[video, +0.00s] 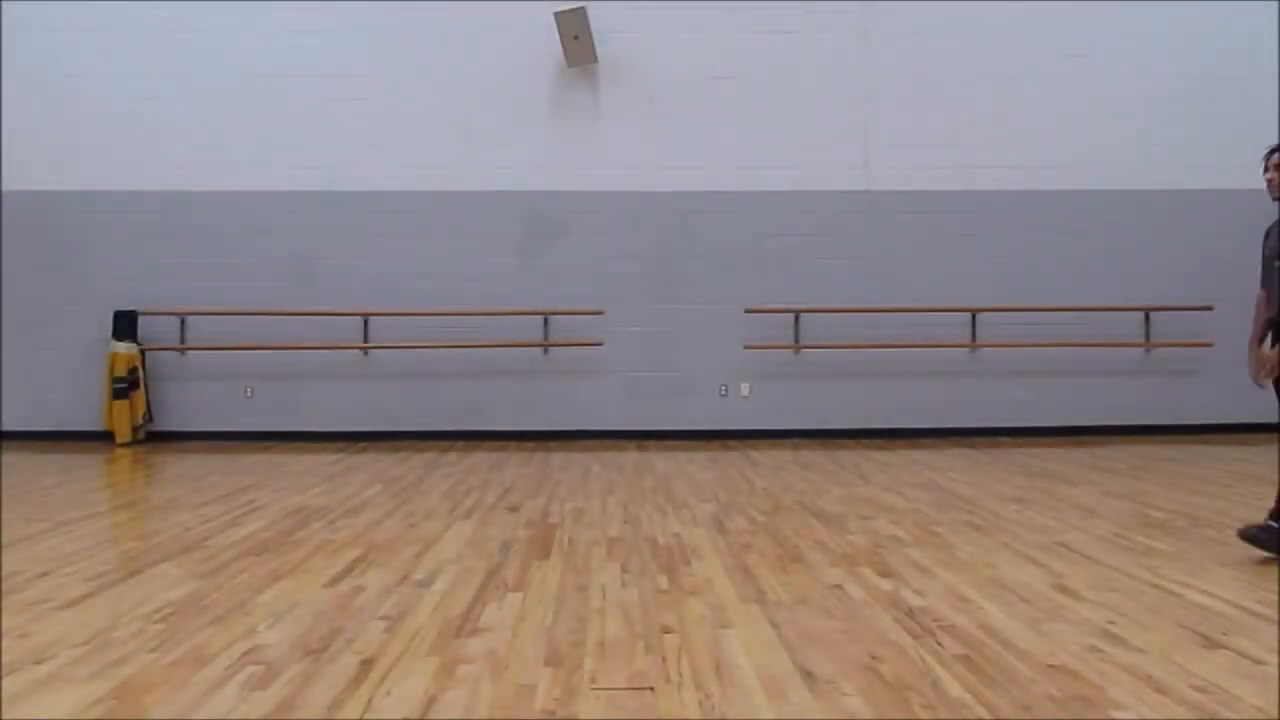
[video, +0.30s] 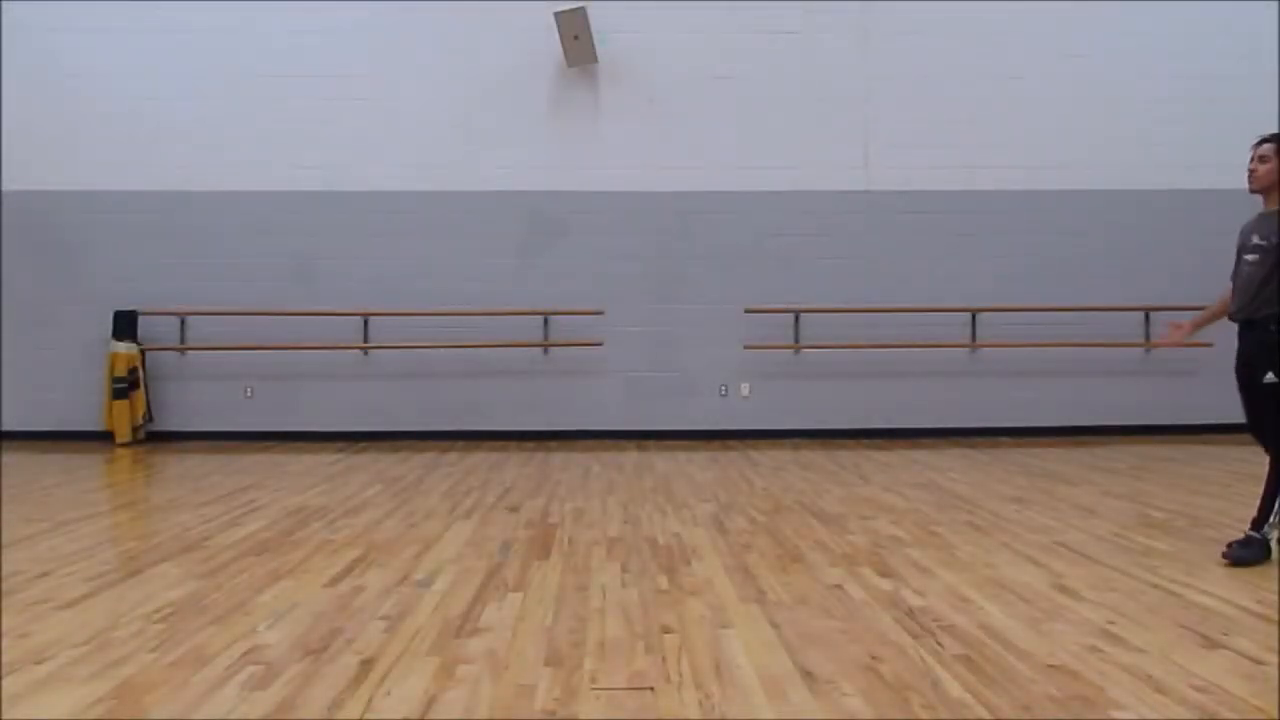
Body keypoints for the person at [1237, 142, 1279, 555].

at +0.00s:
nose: (1272, 177)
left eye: (1277, 169)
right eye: (1269, 170)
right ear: (1264, 178)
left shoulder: (1275, 232)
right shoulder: (1272, 233)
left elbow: (1269, 292)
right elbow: (1267, 291)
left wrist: (1269, 344)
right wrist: (1256, 341)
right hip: (1278, 345)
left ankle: (1276, 517)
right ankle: (1275, 517)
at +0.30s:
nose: (1252, 167)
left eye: (1263, 160)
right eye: (1252, 160)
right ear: (1252, 170)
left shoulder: (1274, 224)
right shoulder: (1251, 227)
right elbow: (1237, 295)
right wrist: (1193, 324)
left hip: (1274, 340)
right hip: (1250, 340)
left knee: (1275, 437)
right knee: (1262, 430)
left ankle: (1263, 531)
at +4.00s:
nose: (827, 164)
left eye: (833, 153)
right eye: (821, 155)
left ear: (861, 145)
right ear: (820, 151)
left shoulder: (889, 186)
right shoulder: (830, 191)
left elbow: (894, 259)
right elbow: (821, 255)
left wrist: (859, 218)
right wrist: (773, 229)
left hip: (877, 316)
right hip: (837, 318)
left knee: (885, 437)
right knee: (845, 437)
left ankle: (889, 548)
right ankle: (852, 540)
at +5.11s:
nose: (843, 136)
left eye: (849, 132)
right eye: (831, 135)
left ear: (865, 148)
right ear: (819, 158)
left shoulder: (900, 187)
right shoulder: (819, 218)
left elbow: (942, 234)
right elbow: (829, 287)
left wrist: (923, 263)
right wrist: (809, 280)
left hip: (895, 331)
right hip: (845, 335)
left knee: (897, 450)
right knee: (847, 449)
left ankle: (889, 555)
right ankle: (855, 551)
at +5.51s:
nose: (857, 132)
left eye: (867, 130)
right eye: (848, 129)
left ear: (882, 153)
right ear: (834, 152)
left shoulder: (900, 191)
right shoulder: (830, 203)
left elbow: (947, 244)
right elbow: (836, 267)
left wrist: (912, 283)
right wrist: (812, 243)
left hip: (886, 329)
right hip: (839, 331)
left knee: (892, 447)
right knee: (844, 446)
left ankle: (893, 557)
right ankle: (858, 551)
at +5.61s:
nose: (861, 127)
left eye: (871, 126)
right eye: (852, 124)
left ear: (885, 148)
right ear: (838, 147)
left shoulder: (903, 182)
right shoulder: (834, 197)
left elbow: (958, 221)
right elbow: (830, 260)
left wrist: (919, 265)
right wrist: (805, 229)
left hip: (884, 321)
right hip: (838, 324)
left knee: (891, 443)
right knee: (845, 443)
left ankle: (893, 555)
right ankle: (856, 550)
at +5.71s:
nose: (860, 130)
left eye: (871, 128)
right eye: (851, 127)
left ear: (886, 151)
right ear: (839, 150)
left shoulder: (904, 189)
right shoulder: (835, 202)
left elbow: (954, 239)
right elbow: (838, 272)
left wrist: (916, 282)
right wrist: (808, 252)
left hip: (884, 324)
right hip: (838, 327)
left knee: (890, 445)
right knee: (845, 444)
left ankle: (893, 557)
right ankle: (857, 550)